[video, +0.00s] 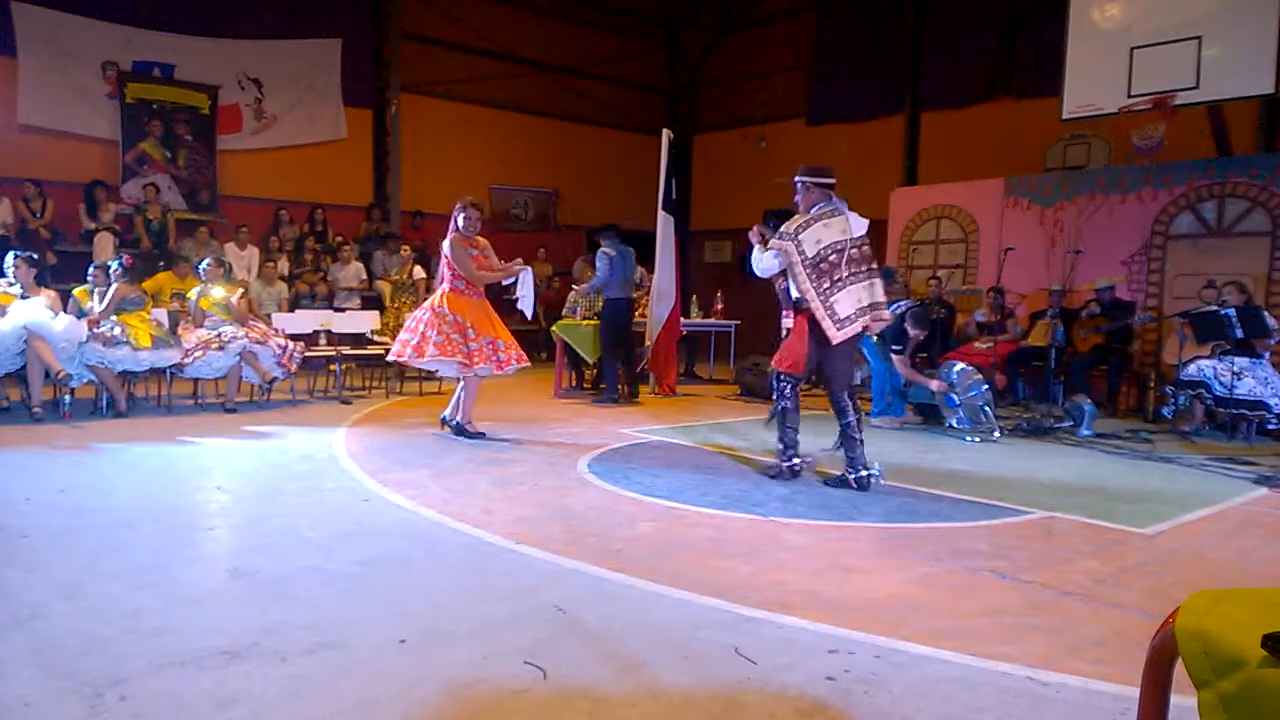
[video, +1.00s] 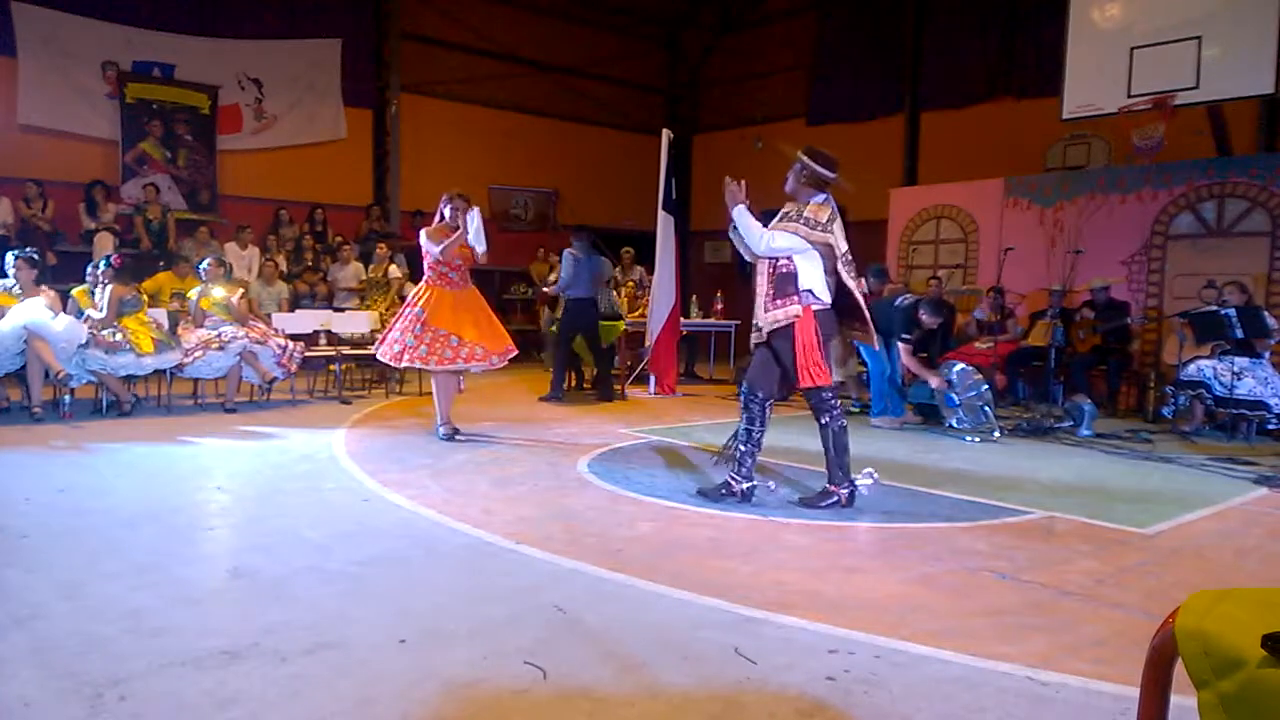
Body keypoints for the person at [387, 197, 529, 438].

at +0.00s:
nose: (471, 223)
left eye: (475, 219)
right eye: (466, 218)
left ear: (481, 221)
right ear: (456, 219)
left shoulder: (482, 243)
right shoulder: (453, 243)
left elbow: (496, 267)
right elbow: (475, 277)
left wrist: (514, 267)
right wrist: (508, 272)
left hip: (474, 306)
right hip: (454, 306)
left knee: (477, 363)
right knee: (477, 364)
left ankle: (451, 413)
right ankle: (464, 420)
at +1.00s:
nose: (457, 215)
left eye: (461, 211)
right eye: (453, 209)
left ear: (467, 214)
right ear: (443, 210)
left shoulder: (466, 235)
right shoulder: (428, 233)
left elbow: (481, 257)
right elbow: (441, 251)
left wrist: (477, 226)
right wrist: (462, 230)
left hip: (460, 298)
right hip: (436, 298)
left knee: (452, 364)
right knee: (438, 363)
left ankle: (445, 418)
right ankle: (442, 420)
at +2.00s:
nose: (470, 205)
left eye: (473, 201)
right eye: (464, 202)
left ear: (478, 207)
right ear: (453, 207)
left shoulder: (482, 235)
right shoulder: (441, 230)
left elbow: (470, 231)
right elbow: (424, 224)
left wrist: (454, 207)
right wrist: (431, 201)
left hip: (470, 298)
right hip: (442, 296)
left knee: (465, 365)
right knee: (445, 364)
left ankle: (461, 420)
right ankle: (448, 420)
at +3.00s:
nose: (464, 205)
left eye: (469, 200)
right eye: (459, 202)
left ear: (480, 208)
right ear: (453, 209)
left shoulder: (485, 238)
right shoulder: (443, 231)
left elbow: (471, 229)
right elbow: (425, 222)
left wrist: (455, 204)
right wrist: (431, 197)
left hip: (470, 297)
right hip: (441, 295)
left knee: (465, 364)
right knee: (444, 363)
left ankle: (461, 421)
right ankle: (447, 420)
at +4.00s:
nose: (457, 207)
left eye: (460, 204)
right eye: (452, 202)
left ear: (466, 207)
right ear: (445, 205)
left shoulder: (475, 232)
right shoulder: (436, 232)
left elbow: (489, 234)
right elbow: (436, 234)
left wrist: (469, 210)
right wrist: (450, 205)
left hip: (473, 297)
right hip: (446, 296)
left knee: (468, 363)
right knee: (447, 363)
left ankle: (461, 420)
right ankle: (447, 420)